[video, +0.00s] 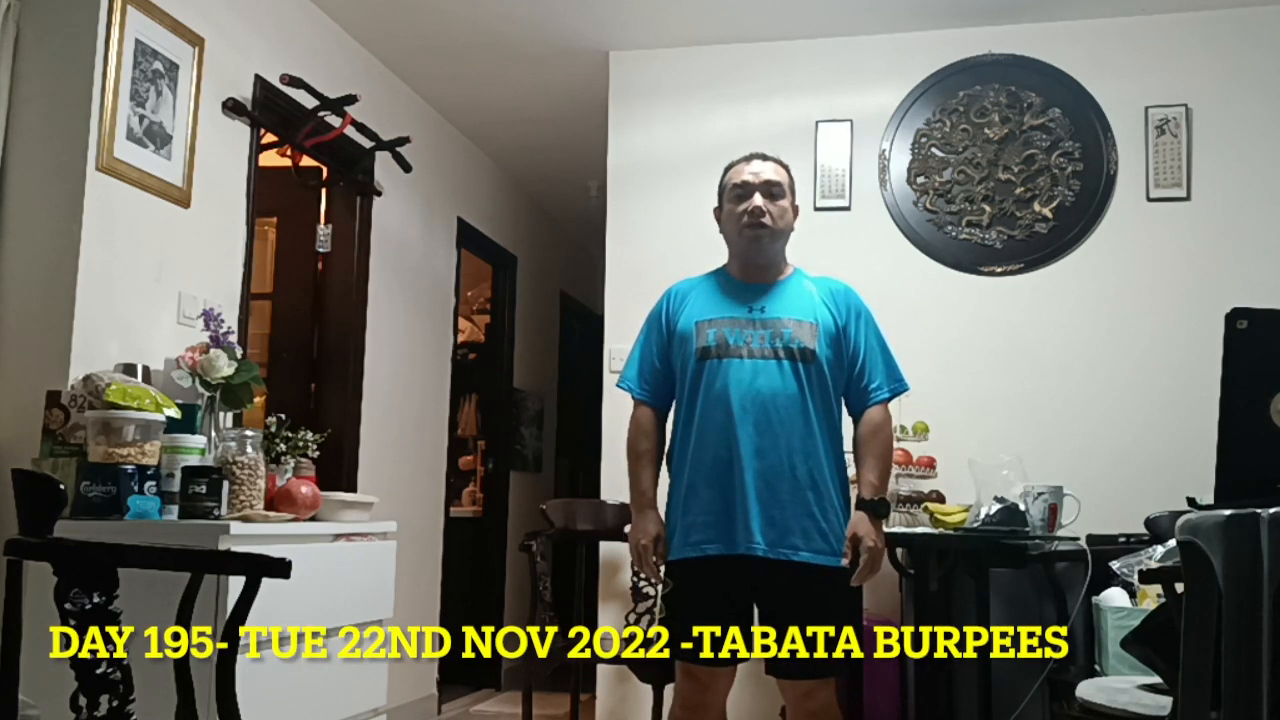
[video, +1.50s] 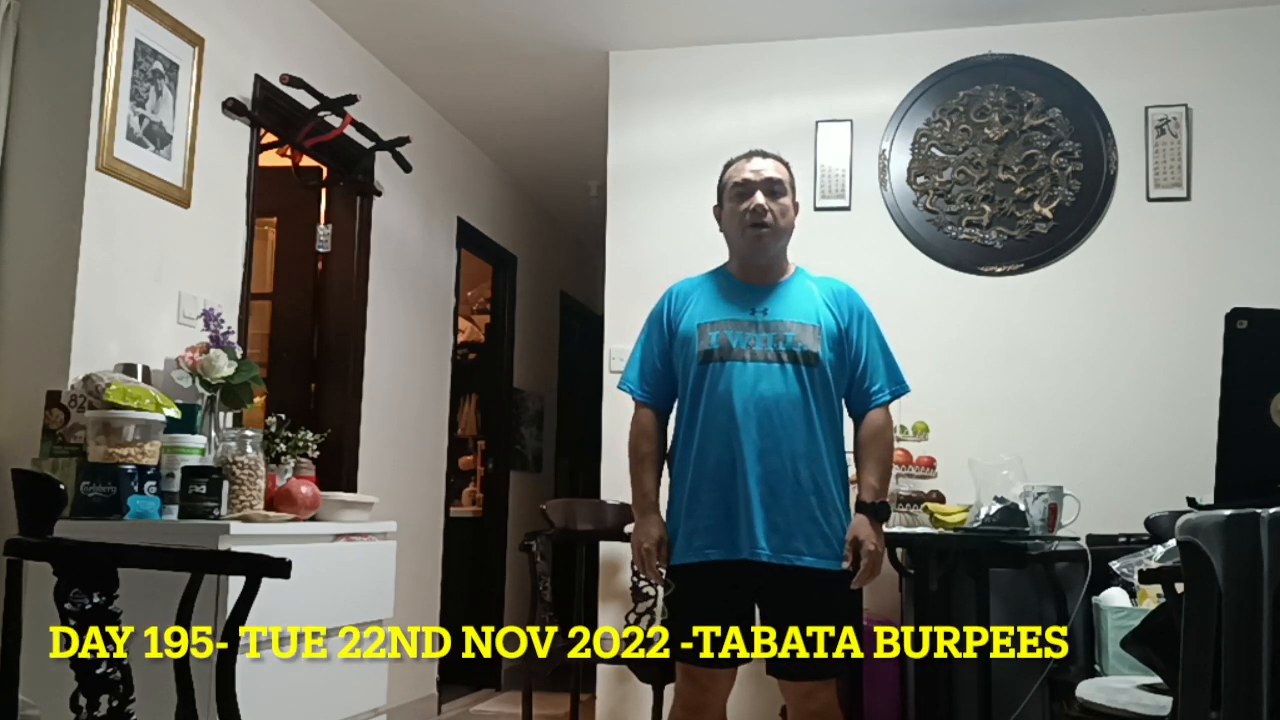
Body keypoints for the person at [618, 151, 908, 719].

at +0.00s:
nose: (757, 200)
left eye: (772, 192)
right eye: (741, 192)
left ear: (794, 215)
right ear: (719, 217)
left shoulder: (837, 303)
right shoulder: (681, 302)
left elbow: (874, 408)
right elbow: (646, 410)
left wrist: (870, 509)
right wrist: (643, 510)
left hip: (810, 542)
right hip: (704, 538)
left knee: (814, 699)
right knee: (698, 691)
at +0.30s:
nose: (758, 201)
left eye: (774, 192)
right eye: (742, 193)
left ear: (795, 215)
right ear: (720, 216)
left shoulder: (838, 303)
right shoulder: (681, 302)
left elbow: (874, 410)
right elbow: (647, 410)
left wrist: (869, 511)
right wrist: (642, 509)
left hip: (809, 543)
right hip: (704, 539)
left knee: (814, 699)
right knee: (698, 692)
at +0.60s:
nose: (761, 200)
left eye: (777, 192)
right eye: (745, 192)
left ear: (796, 216)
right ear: (721, 215)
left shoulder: (838, 303)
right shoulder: (681, 302)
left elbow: (874, 411)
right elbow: (646, 411)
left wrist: (869, 511)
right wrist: (643, 510)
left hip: (809, 544)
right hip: (704, 540)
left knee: (814, 700)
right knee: (698, 694)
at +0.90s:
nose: (760, 199)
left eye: (776, 190)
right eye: (743, 191)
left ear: (795, 215)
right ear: (720, 216)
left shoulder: (838, 303)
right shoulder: (681, 302)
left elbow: (874, 411)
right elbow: (647, 410)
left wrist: (870, 511)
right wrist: (643, 510)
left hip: (810, 544)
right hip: (705, 540)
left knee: (814, 700)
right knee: (698, 694)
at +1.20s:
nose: (760, 199)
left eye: (775, 190)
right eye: (743, 191)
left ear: (796, 214)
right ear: (720, 216)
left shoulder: (839, 303)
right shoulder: (682, 302)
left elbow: (875, 411)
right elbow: (647, 411)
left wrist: (870, 511)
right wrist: (643, 510)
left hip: (810, 545)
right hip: (706, 542)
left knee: (815, 702)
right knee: (698, 696)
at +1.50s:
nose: (758, 200)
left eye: (774, 190)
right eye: (742, 191)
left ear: (795, 213)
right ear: (719, 216)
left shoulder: (839, 304)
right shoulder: (682, 302)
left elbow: (875, 411)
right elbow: (647, 412)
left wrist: (870, 511)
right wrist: (645, 513)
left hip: (811, 545)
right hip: (706, 542)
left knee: (815, 701)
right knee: (699, 696)